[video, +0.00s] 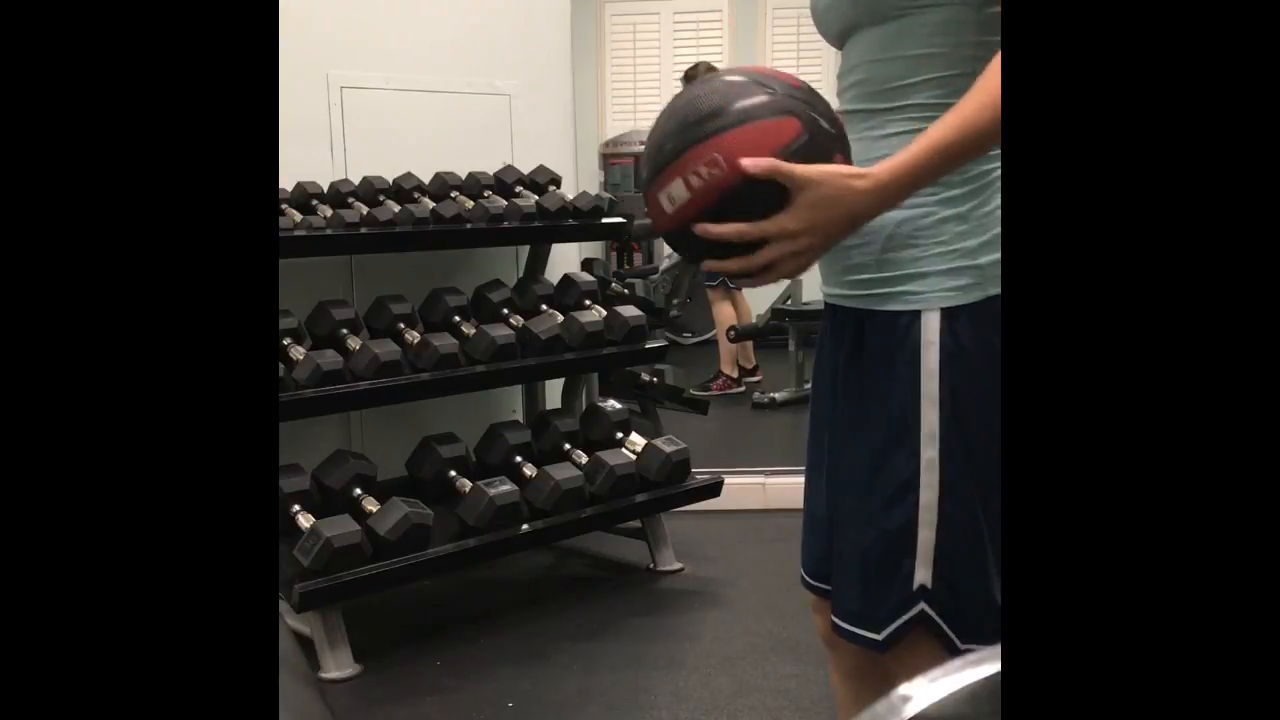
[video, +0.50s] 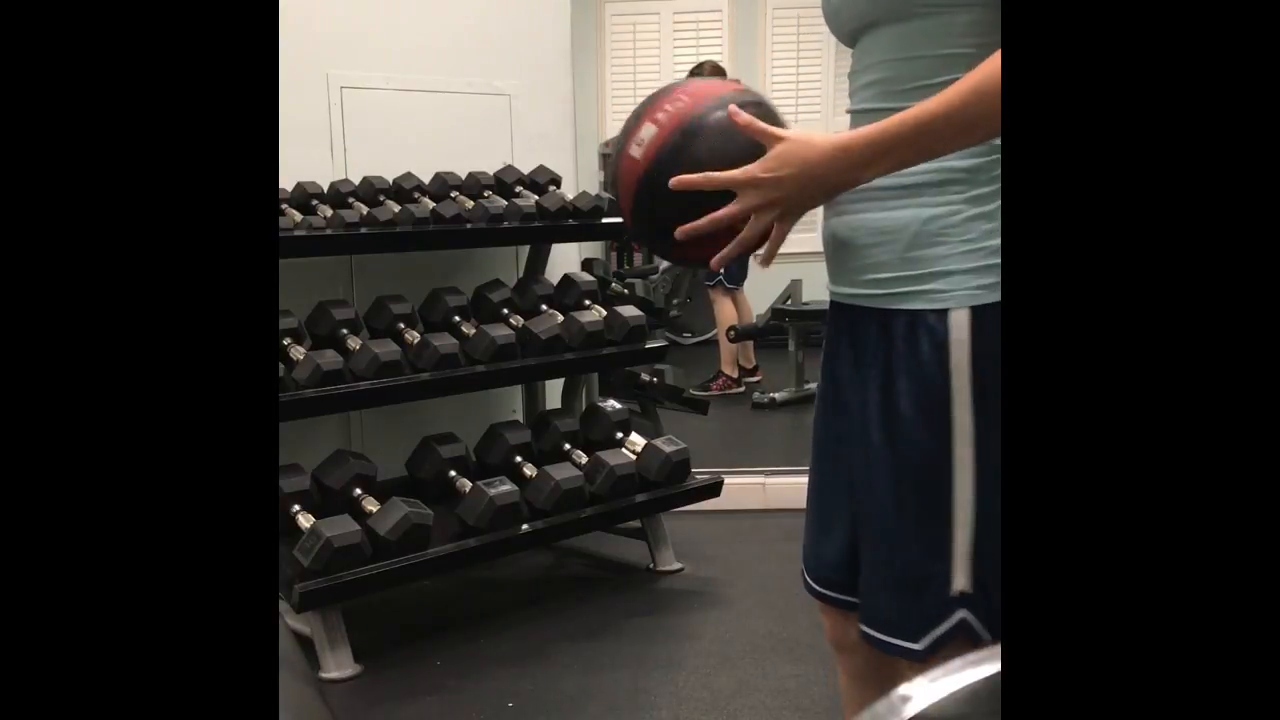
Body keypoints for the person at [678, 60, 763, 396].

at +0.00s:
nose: (684, 95)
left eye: (687, 88)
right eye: (686, 89)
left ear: (697, 89)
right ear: (715, 85)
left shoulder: (705, 121)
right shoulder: (730, 115)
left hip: (713, 216)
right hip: (736, 210)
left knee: (718, 293)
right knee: (734, 290)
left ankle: (729, 373)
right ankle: (749, 364)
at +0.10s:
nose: (686, 96)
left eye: (689, 89)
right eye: (689, 90)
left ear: (695, 90)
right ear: (718, 85)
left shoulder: (697, 126)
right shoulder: (735, 118)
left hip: (712, 219)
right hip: (739, 211)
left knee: (718, 294)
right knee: (735, 290)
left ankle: (729, 373)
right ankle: (749, 364)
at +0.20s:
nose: (691, 100)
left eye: (694, 92)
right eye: (691, 93)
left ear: (700, 91)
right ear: (721, 85)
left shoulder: (701, 132)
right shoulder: (739, 122)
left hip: (716, 224)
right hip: (740, 220)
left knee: (718, 292)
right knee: (735, 291)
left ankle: (729, 373)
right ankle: (749, 364)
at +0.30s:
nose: (690, 99)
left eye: (692, 92)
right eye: (689, 93)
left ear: (705, 90)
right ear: (717, 86)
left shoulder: (714, 122)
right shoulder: (739, 116)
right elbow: (760, 166)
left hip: (718, 218)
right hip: (742, 216)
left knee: (718, 291)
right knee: (735, 290)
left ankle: (729, 373)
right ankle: (749, 365)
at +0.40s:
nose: (689, 97)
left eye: (692, 90)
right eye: (689, 91)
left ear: (705, 90)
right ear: (720, 87)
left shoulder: (707, 128)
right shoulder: (738, 122)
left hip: (721, 219)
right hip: (740, 217)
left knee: (718, 291)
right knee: (735, 289)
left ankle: (729, 372)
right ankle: (749, 364)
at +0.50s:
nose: (690, 97)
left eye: (694, 90)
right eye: (692, 90)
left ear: (703, 90)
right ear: (724, 85)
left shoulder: (704, 129)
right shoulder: (742, 122)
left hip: (719, 221)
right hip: (741, 218)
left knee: (719, 290)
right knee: (735, 289)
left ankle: (729, 372)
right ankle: (749, 364)